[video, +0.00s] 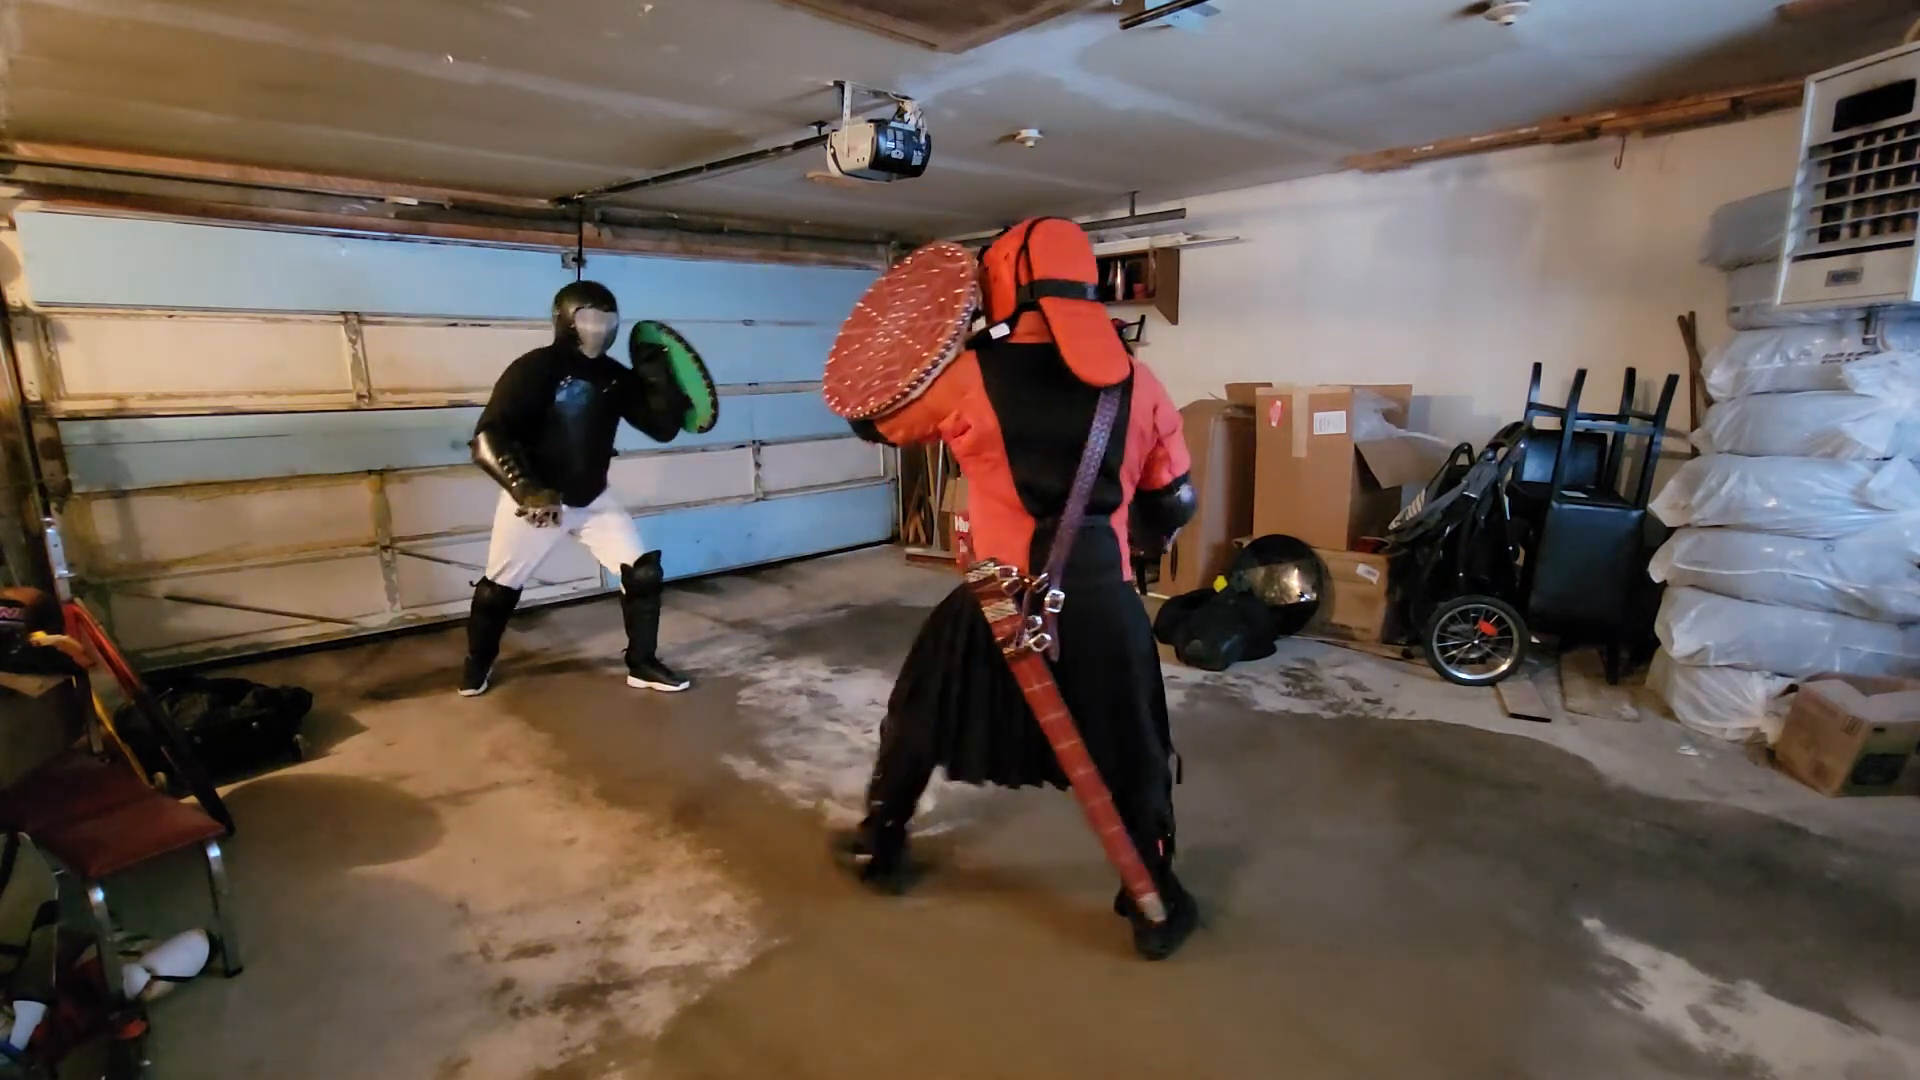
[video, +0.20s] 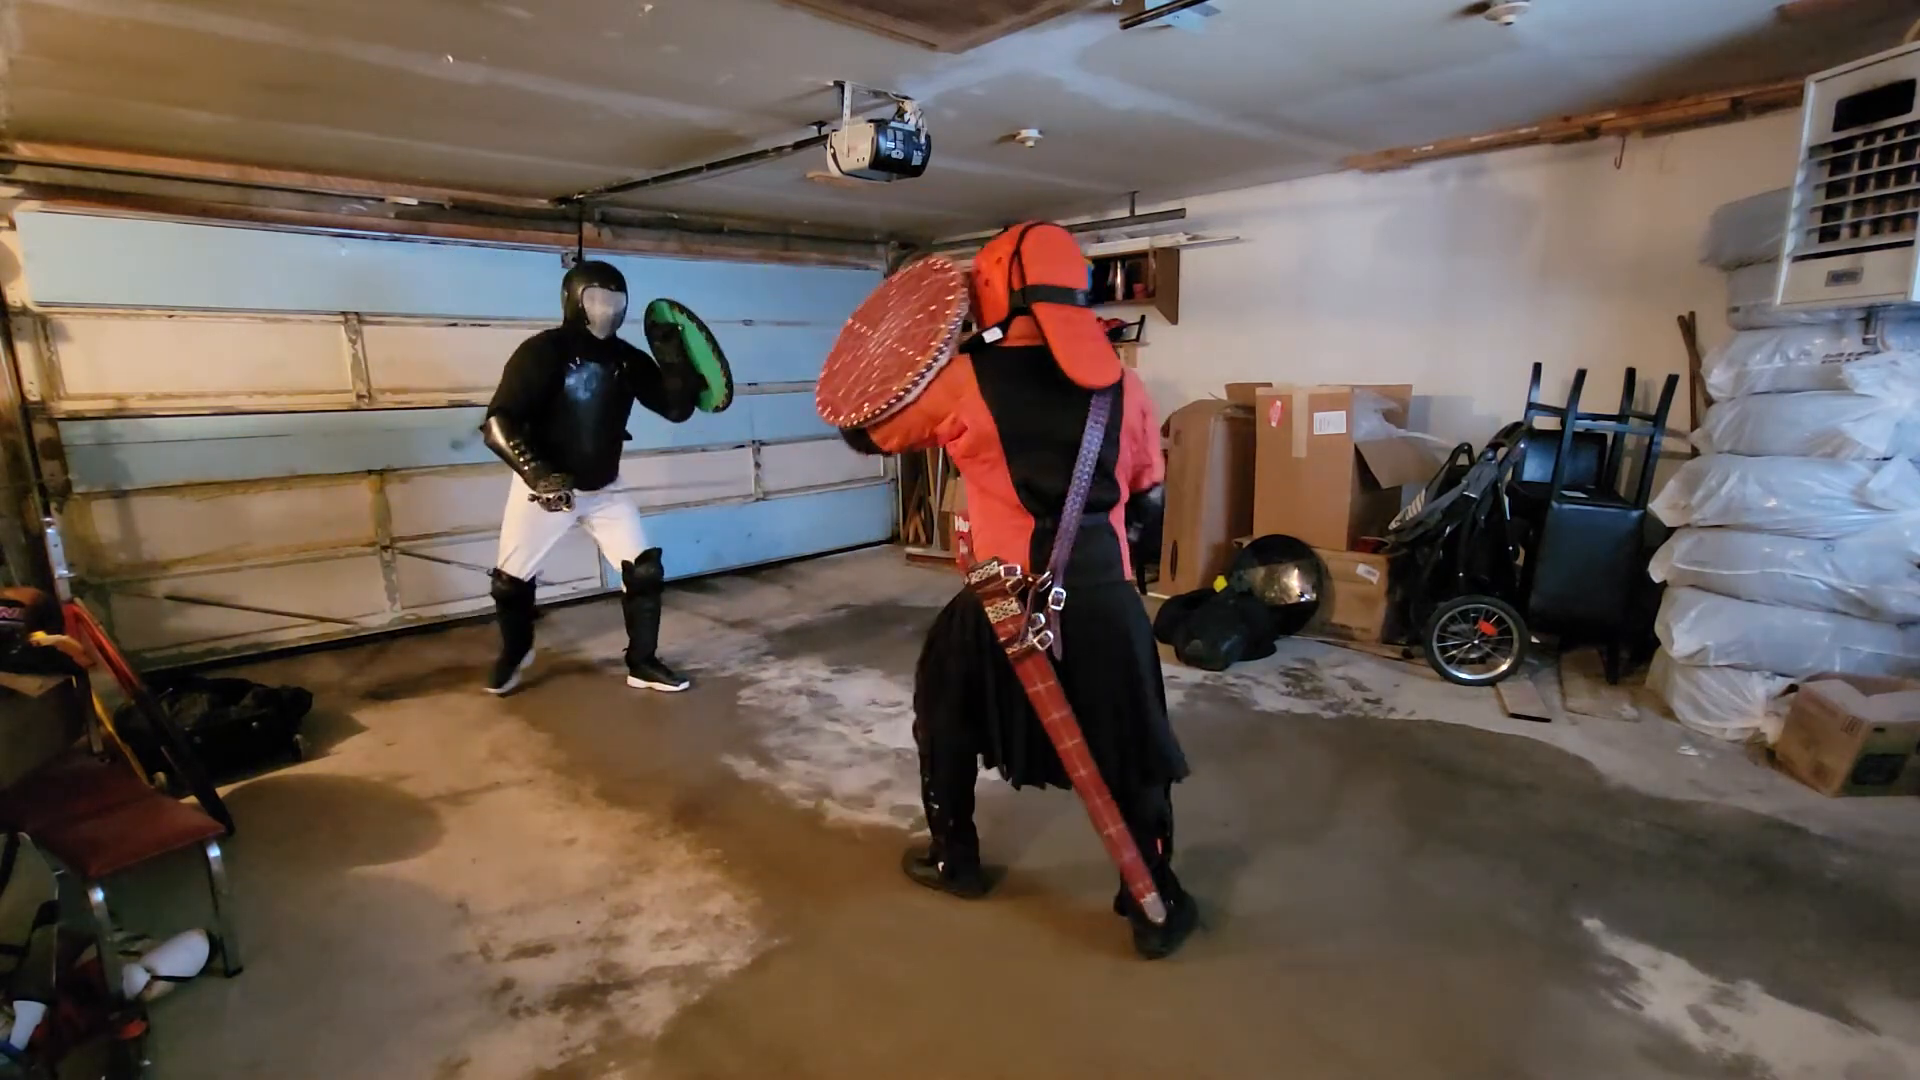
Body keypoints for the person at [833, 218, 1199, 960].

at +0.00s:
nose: (988, 299)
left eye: (993, 286)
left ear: (1004, 291)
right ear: (1087, 289)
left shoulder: (975, 376)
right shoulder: (1135, 383)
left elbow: (884, 424)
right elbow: (1172, 499)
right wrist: (1132, 550)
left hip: (994, 605)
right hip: (1102, 605)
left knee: (919, 714)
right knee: (1133, 748)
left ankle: (880, 839)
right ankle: (1153, 902)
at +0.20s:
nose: (977, 300)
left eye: (982, 287)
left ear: (995, 294)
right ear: (1074, 292)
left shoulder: (969, 379)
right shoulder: (1120, 385)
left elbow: (879, 433)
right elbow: (1145, 500)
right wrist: (1116, 566)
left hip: (1000, 603)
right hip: (1102, 601)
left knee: (943, 700)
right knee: (1131, 743)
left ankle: (954, 853)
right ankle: (1155, 904)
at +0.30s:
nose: (961, 298)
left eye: (966, 286)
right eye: (963, 286)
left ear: (982, 292)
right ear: (1058, 288)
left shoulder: (958, 376)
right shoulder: (1110, 375)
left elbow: (874, 443)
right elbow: (1124, 467)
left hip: (1002, 587)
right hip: (1104, 586)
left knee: (948, 701)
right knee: (1139, 733)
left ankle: (956, 853)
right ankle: (1154, 900)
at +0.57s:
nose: (946, 291)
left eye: (951, 280)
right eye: (952, 280)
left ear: (967, 285)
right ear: (1045, 279)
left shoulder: (948, 371)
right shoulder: (1098, 359)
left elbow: (866, 447)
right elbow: (1124, 446)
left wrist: (866, 364)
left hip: (1004, 572)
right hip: (1105, 564)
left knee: (951, 697)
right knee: (1156, 711)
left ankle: (955, 854)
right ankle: (1198, 871)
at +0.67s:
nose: (960, 302)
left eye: (965, 290)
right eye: (964, 290)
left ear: (983, 294)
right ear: (1060, 287)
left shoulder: (963, 377)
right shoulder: (1115, 370)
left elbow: (880, 452)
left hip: (1015, 579)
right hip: (1114, 575)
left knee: (952, 701)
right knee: (1166, 722)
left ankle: (956, 853)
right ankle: (1216, 882)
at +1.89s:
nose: (992, 303)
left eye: (999, 291)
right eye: (995, 290)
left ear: (1024, 301)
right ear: (1066, 300)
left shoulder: (1000, 371)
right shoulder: (1101, 374)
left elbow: (939, 442)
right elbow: (1106, 454)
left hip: (1033, 573)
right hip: (1113, 570)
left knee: (961, 685)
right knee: (1147, 714)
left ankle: (1001, 822)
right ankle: (1220, 839)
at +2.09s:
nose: (966, 301)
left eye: (973, 289)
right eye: (967, 287)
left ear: (999, 294)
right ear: (1036, 290)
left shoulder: (999, 364)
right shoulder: (1058, 357)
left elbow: (931, 442)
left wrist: (884, 451)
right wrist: (946, 478)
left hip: (1017, 568)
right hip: (1074, 556)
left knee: (951, 692)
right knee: (1077, 679)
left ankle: (1001, 824)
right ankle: (1139, 783)